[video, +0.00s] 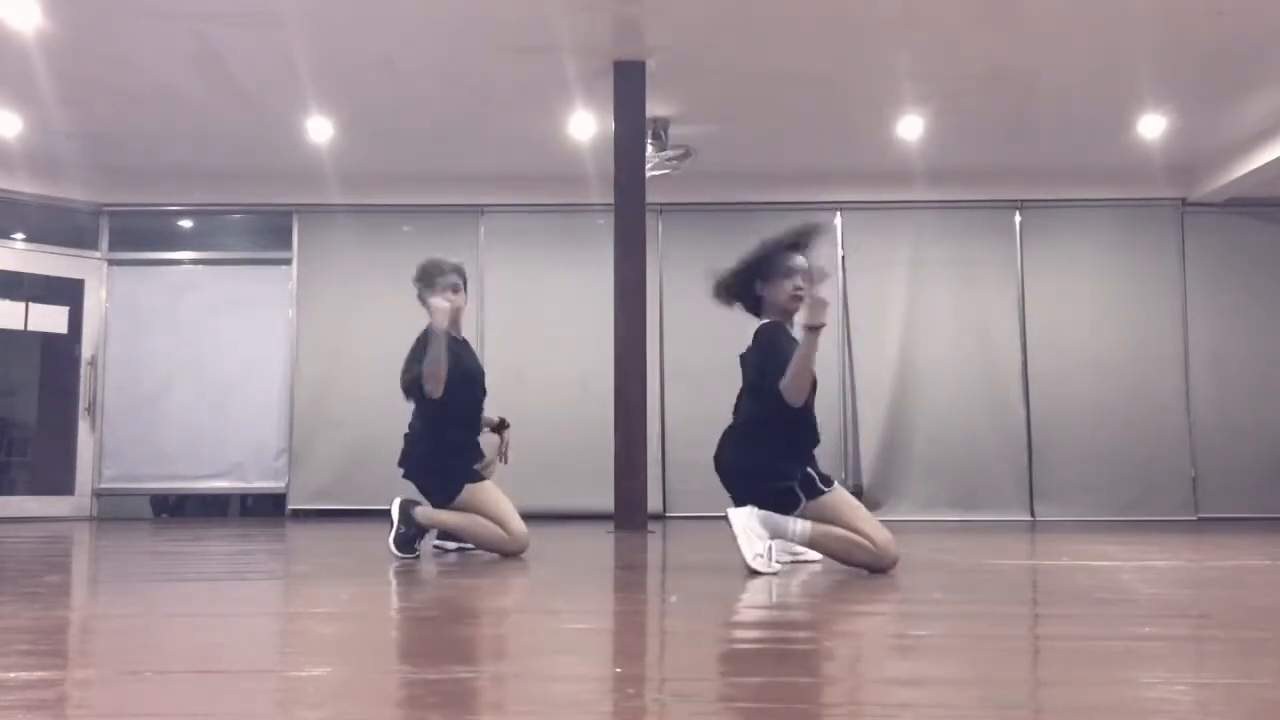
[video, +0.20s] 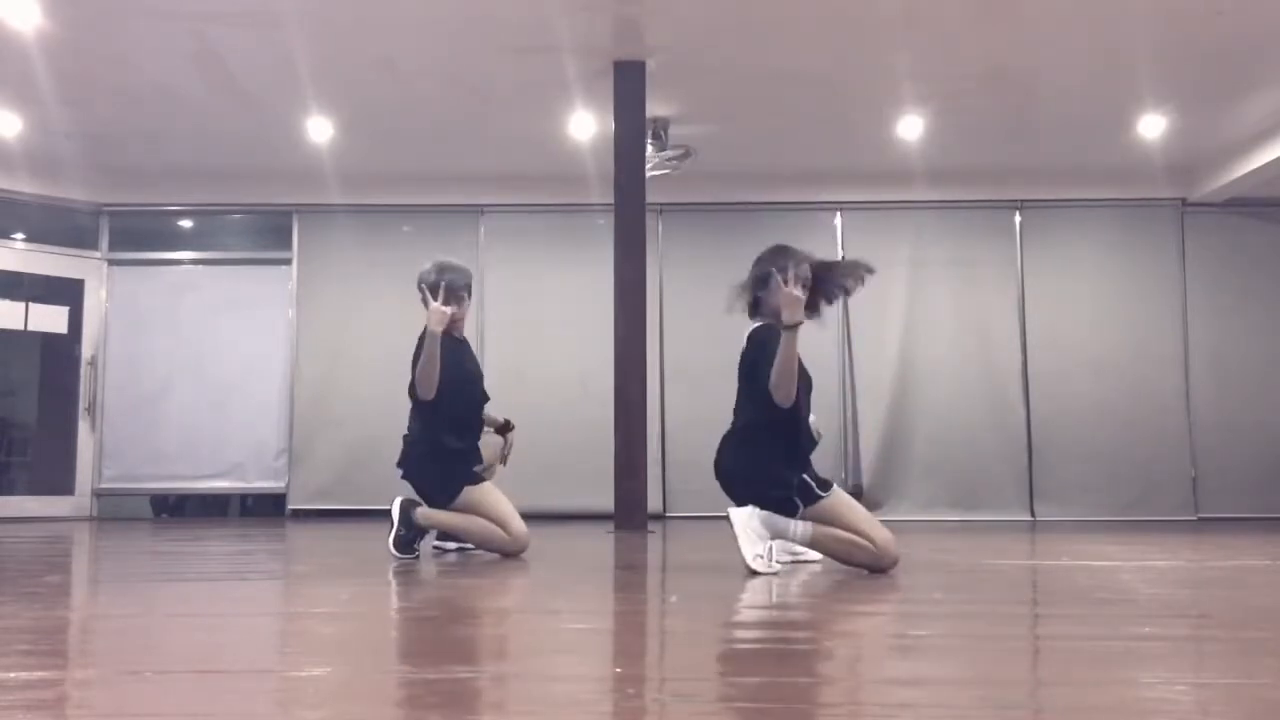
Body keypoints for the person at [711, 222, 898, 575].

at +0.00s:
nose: (800, 284)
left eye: (804, 276)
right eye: (788, 275)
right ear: (762, 288)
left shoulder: (771, 335)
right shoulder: (773, 335)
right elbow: (794, 394)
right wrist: (812, 328)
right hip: (772, 466)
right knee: (883, 553)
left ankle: (774, 538)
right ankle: (764, 522)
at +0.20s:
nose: (802, 291)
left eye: (804, 283)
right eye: (794, 281)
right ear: (770, 284)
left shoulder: (770, 336)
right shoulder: (767, 337)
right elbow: (783, 396)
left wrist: (802, 425)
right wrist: (791, 326)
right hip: (764, 467)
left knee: (879, 543)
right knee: (884, 553)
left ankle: (777, 538)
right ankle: (765, 523)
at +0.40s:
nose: (779, 278)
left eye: (787, 270)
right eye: (768, 270)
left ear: (798, 282)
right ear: (753, 282)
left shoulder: (768, 334)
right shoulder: (758, 334)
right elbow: (774, 394)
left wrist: (801, 427)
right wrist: (780, 321)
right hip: (766, 471)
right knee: (884, 553)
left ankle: (773, 531)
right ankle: (766, 523)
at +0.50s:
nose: (787, 278)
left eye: (791, 270)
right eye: (772, 271)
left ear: (798, 280)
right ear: (749, 286)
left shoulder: (761, 330)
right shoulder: (764, 332)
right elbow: (787, 388)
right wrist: (779, 320)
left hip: (743, 459)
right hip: (764, 475)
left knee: (815, 429)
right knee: (884, 553)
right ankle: (766, 525)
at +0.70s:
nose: (780, 292)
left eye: (787, 286)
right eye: (767, 282)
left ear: (794, 297)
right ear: (744, 295)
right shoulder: (772, 327)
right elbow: (847, 365)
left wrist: (853, 435)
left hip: (784, 450)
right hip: (765, 480)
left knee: (888, 440)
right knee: (883, 553)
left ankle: (833, 520)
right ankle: (764, 529)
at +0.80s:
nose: (797, 295)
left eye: (804, 288)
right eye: (784, 287)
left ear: (810, 296)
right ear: (763, 297)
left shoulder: (776, 334)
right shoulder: (795, 330)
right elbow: (876, 367)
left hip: (791, 457)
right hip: (768, 483)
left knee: (890, 427)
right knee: (882, 551)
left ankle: (879, 530)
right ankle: (760, 527)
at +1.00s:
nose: (839, 297)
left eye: (844, 287)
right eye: (826, 289)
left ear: (852, 293)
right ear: (807, 299)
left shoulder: (840, 339)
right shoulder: (817, 336)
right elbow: (786, 339)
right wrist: (747, 338)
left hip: (855, 466)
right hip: (824, 474)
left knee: (935, 433)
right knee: (880, 559)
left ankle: (892, 538)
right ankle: (767, 523)